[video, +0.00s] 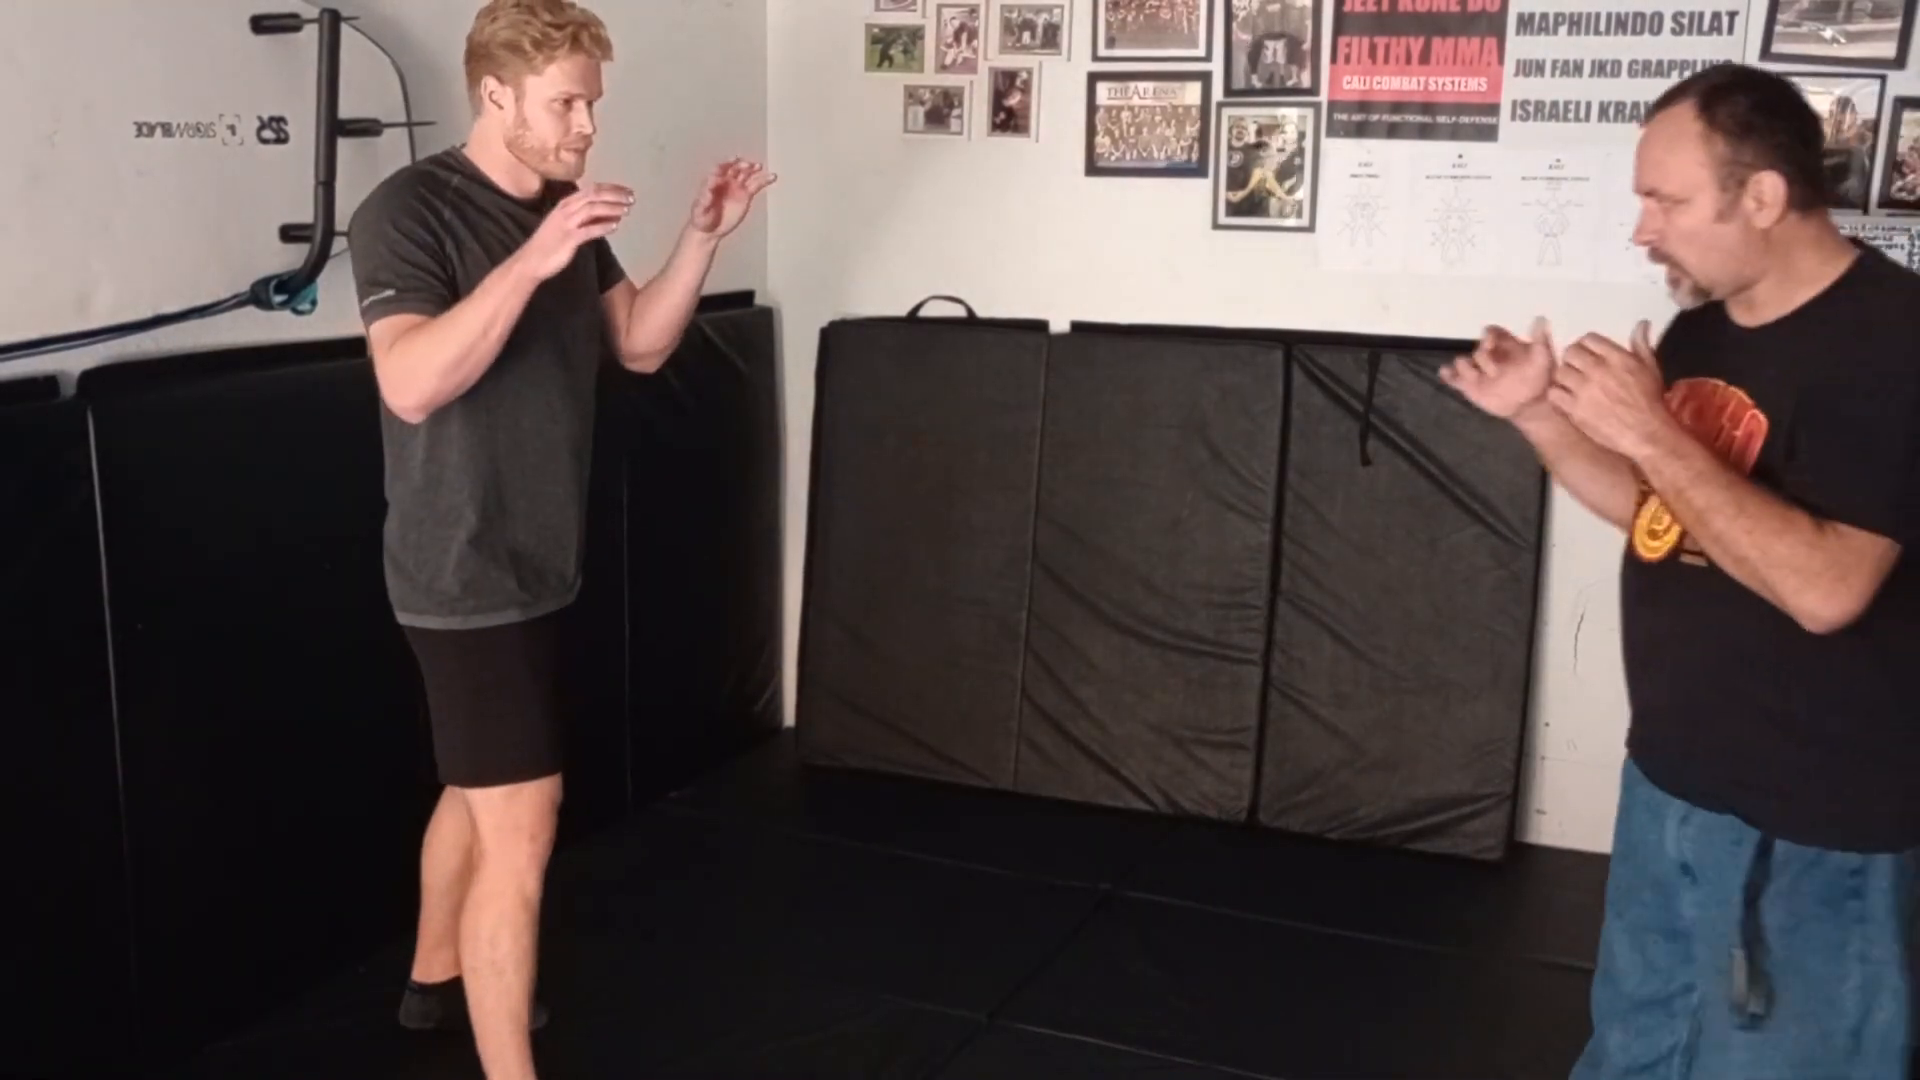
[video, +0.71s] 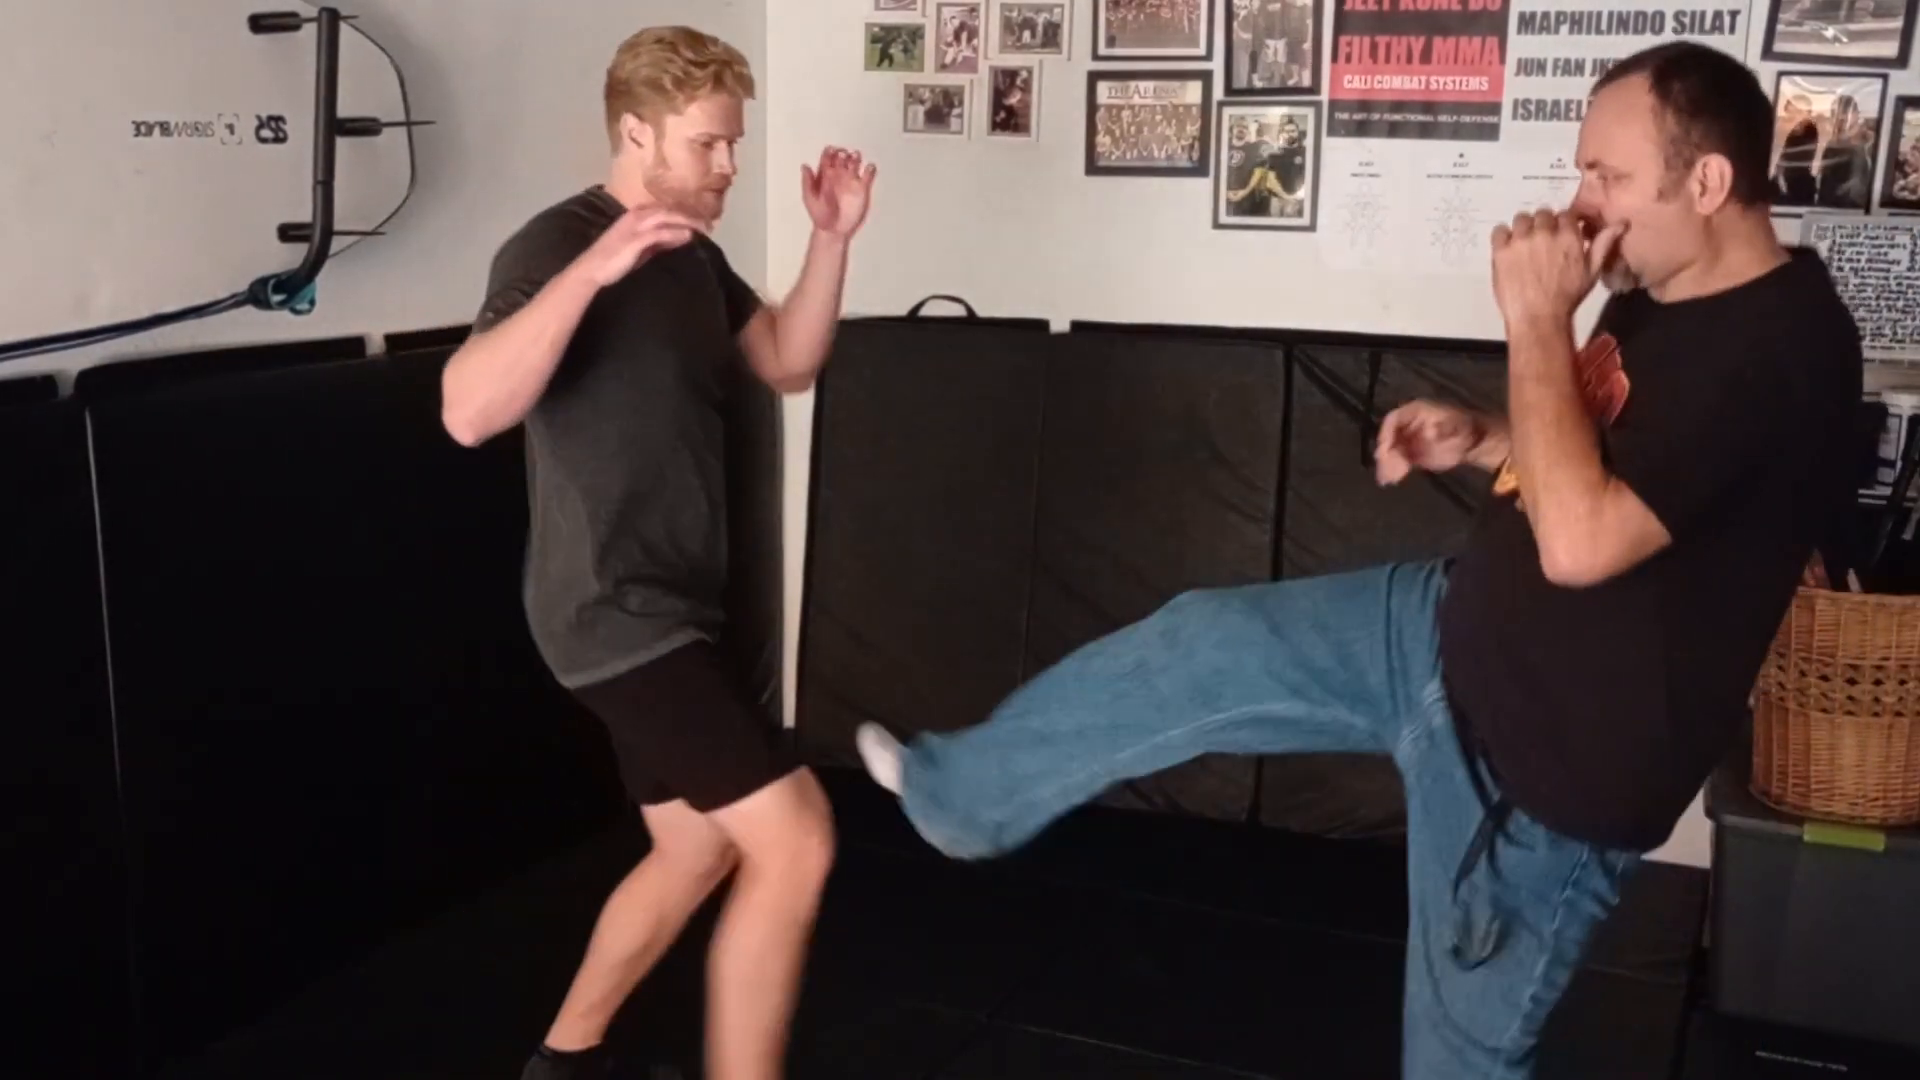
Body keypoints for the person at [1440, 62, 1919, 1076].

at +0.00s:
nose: (1643, 230)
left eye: (1664, 201)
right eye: (1644, 200)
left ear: (1763, 200)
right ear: (1752, 202)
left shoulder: (1895, 337)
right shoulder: (1700, 329)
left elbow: (1829, 588)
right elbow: (1655, 510)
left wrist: (1652, 434)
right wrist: (1539, 415)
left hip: (1842, 831)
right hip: (1673, 792)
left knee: (1819, 1065)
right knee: (1636, 1056)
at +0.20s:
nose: (1579, 234)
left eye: (1599, 206)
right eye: (1577, 206)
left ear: (1696, 199)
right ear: (1682, 203)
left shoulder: (1853, 332)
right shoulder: (1639, 329)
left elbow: (1802, 584)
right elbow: (1579, 513)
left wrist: (1608, 454)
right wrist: (1463, 427)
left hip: (1753, 825)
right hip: (1614, 792)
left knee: (1688, 1063)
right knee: (1596, 1055)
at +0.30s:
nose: (1578, 239)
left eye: (1597, 211)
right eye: (1577, 210)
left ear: (1694, 205)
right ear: (1683, 209)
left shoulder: (1850, 351)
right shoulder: (1642, 338)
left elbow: (1787, 605)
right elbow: (1589, 529)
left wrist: (1586, 465)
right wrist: (1465, 455)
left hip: (1723, 840)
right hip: (1575, 785)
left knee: (1649, 1062)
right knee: (1499, 1003)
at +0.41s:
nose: (1582, 254)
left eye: (1601, 223)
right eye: (1584, 221)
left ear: (1696, 223)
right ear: (1689, 226)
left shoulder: (1839, 386)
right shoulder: (1663, 337)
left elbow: (1737, 633)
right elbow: (1610, 545)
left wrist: (1559, 477)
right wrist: (1479, 477)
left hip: (1679, 860)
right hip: (1539, 765)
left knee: (1628, 1065)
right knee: (1376, 921)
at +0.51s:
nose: (1582, 241)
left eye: (1603, 214)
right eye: (1584, 211)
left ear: (1698, 217)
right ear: (1695, 215)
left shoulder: (1811, 376)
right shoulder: (1689, 313)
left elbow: (1645, 594)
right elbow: (1630, 467)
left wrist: (1528, 395)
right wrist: (1509, 436)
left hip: (1627, 842)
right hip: (1518, 708)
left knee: (1581, 1067)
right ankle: (1214, 1059)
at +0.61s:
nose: (1591, 211)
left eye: (1611, 181)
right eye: (1587, 184)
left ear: (1709, 179)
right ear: (1709, 177)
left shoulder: (1789, 339)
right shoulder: (1701, 283)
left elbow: (1589, 522)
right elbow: (1640, 435)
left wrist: (1541, 313)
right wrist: (1523, 416)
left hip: (1576, 794)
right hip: (1484, 627)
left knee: (1509, 1062)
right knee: (1235, 658)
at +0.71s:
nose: (1583, 206)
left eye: (1608, 178)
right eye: (1585, 176)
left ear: (1709, 185)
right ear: (1695, 179)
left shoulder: (1789, 361)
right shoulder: (1669, 296)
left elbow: (1586, 540)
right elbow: (1604, 471)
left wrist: (1538, 328)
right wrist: (1482, 445)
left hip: (1537, 812)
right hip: (1443, 624)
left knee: (1458, 1061)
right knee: (1197, 644)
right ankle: (960, 795)